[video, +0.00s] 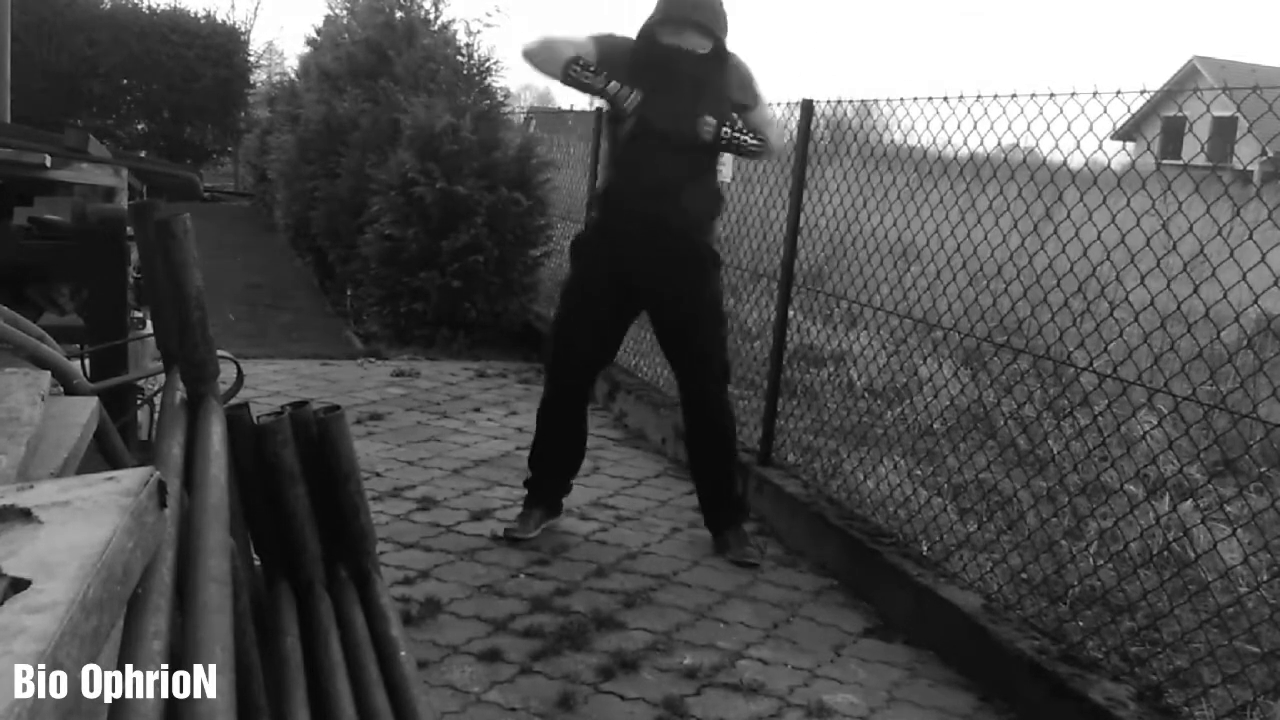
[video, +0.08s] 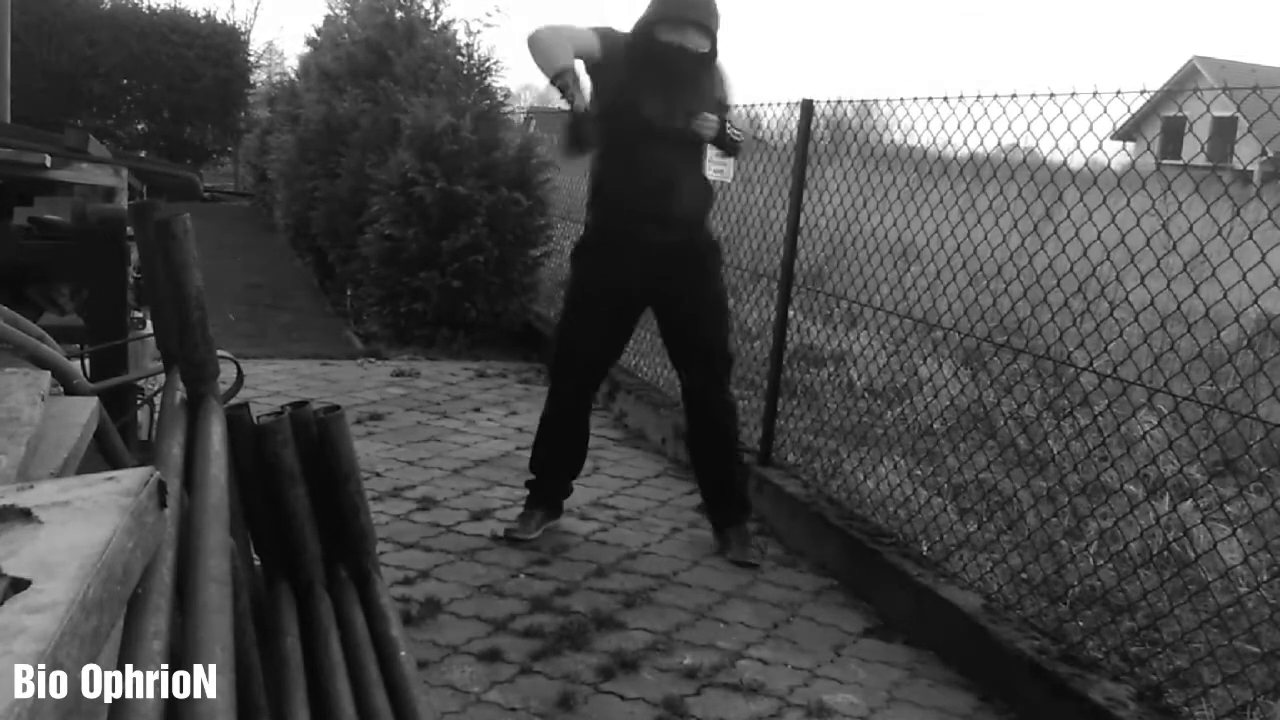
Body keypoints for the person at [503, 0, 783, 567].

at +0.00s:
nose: (682, 52)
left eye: (696, 44)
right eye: (672, 40)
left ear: (712, 38)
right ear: (656, 26)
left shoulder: (729, 75)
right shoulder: (623, 54)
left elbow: (771, 139)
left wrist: (744, 138)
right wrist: (593, 82)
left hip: (685, 259)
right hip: (610, 249)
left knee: (707, 389)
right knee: (567, 376)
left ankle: (727, 524)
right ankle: (542, 500)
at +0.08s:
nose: (681, 56)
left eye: (694, 48)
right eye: (671, 43)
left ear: (708, 41)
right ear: (651, 28)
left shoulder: (710, 77)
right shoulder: (617, 51)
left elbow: (737, 143)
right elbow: (545, 39)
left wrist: (728, 137)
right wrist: (573, 86)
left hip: (686, 254)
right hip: (611, 246)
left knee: (709, 385)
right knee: (573, 376)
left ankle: (731, 520)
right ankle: (544, 500)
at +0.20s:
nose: (672, 59)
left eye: (683, 52)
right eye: (662, 46)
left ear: (694, 55)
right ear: (638, 39)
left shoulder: (680, 109)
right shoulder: (599, 77)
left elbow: (674, 188)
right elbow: (554, 115)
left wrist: (707, 159)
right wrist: (529, 150)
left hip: (685, 262)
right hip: (615, 260)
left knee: (716, 386)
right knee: (582, 386)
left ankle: (734, 520)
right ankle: (545, 504)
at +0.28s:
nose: (663, 59)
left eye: (675, 50)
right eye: (653, 46)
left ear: (687, 53)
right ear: (629, 39)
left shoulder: (675, 107)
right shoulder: (595, 78)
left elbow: (702, 182)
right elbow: (563, 117)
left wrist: (722, 132)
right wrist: (539, 154)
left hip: (684, 262)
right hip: (615, 261)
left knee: (718, 385)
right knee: (581, 386)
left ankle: (734, 520)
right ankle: (546, 503)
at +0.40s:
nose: (653, 34)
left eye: (659, 26)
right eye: (651, 24)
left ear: (620, 13)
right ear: (671, 16)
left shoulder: (696, 66)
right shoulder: (589, 67)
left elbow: (764, 63)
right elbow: (552, 134)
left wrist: (741, 13)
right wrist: (583, 178)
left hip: (689, 245)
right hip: (613, 244)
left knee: (721, 380)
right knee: (576, 376)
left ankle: (736, 519)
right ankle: (544, 502)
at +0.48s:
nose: (643, 47)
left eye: (655, 37)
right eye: (631, 37)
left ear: (675, 30)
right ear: (616, 31)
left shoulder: (706, 56)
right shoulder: (603, 77)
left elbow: (743, 4)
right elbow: (558, 141)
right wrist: (581, 159)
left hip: (686, 251)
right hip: (612, 248)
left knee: (718, 383)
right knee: (576, 376)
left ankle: (733, 519)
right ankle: (543, 499)